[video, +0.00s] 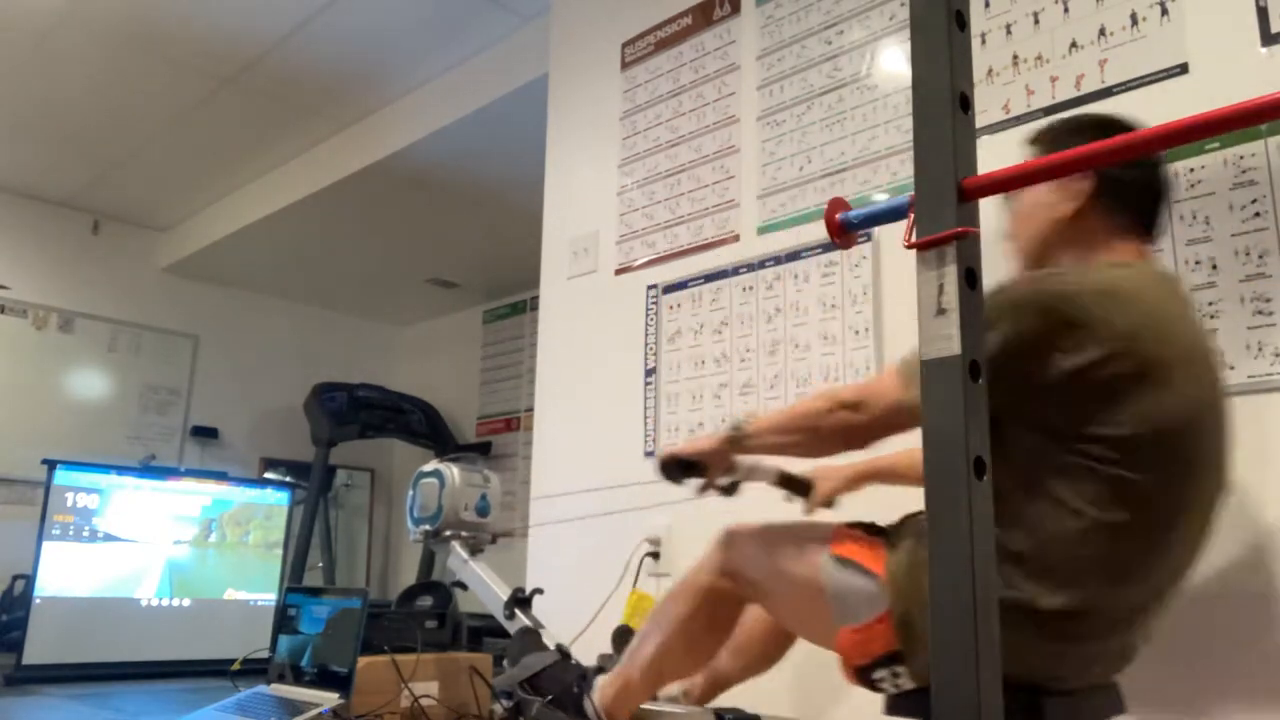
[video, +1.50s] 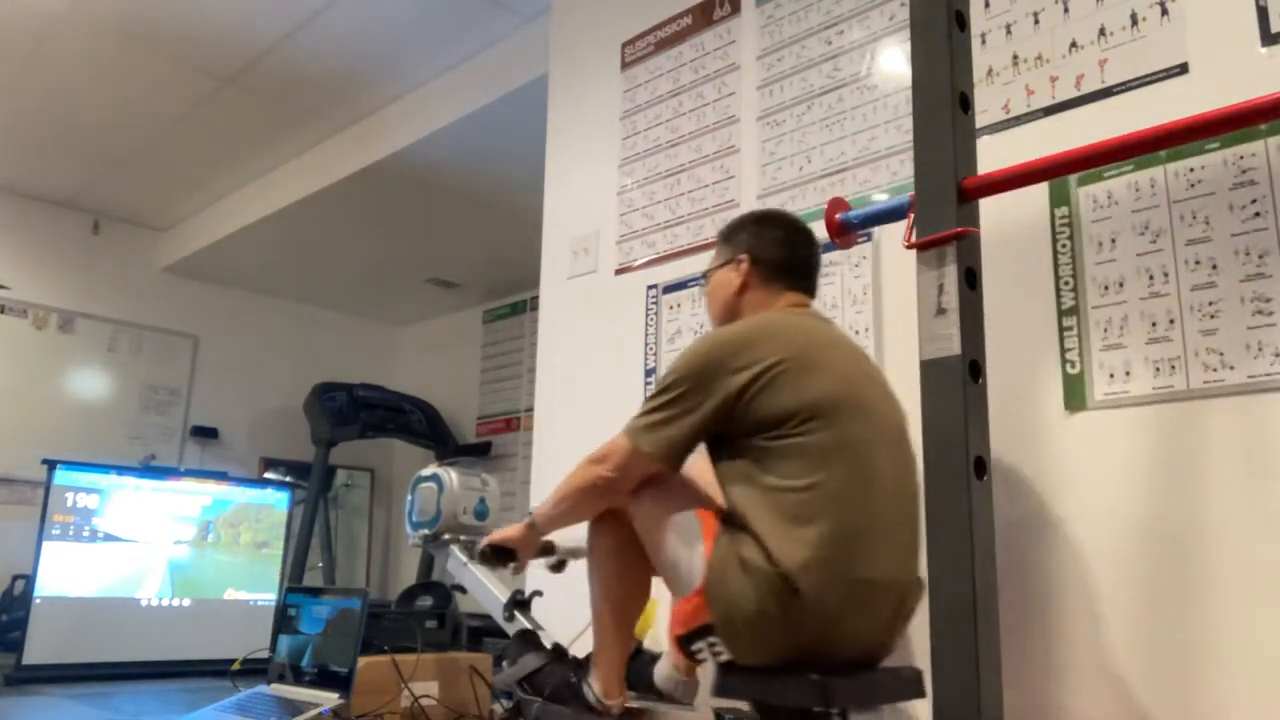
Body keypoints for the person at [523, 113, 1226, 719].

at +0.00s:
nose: (1013, 212)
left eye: (1028, 188)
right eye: (1018, 191)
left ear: (1079, 190)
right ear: (1114, 199)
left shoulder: (1063, 305)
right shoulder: (1162, 310)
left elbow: (864, 407)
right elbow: (995, 461)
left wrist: (732, 442)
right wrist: (853, 473)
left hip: (993, 631)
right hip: (1072, 633)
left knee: (733, 553)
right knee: (808, 565)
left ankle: (616, 697)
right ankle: (697, 688)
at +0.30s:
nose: (1181, 240)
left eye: (1196, 212)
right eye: (1185, 216)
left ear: (1267, 215)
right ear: (1262, 219)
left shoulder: (1262, 333)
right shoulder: (1252, 336)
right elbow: (1200, 545)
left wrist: (1035, 491)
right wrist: (1047, 492)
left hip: (1065, 615)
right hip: (1096, 623)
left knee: (787, 625)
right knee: (832, 633)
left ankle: (605, 705)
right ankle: (672, 706)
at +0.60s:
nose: (1155, 249)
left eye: (1169, 219)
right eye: (1157, 225)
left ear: (1246, 214)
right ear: (1246, 219)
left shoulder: (1250, 339)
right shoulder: (1251, 335)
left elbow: (1182, 575)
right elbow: (1194, 562)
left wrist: (1009, 519)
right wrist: (1017, 521)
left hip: (1071, 627)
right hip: (1097, 631)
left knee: (784, 620)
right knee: (826, 637)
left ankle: (606, 702)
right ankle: (667, 707)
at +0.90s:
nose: (1029, 233)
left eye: (1039, 204)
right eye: (1029, 210)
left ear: (1103, 192)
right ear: (1126, 197)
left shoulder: (1116, 306)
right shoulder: (1199, 302)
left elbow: (976, 473)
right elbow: (1040, 491)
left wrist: (821, 489)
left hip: (1057, 628)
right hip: (1123, 631)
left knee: (768, 598)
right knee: (832, 608)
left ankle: (607, 710)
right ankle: (679, 709)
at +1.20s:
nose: (846, 256)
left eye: (853, 235)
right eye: (846, 237)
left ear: (907, 232)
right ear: (933, 234)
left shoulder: (898, 318)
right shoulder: (1005, 316)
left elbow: (750, 456)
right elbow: (923, 486)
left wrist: (650, 509)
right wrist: (825, 528)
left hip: (944, 627)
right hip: (1031, 627)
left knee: (708, 538)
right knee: (783, 546)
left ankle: (609, 704)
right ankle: (690, 692)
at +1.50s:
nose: (705, 296)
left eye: (709, 276)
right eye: (705, 279)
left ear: (741, 270)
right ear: (802, 281)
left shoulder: (735, 347)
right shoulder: (845, 352)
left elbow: (613, 470)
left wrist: (532, 528)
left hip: (780, 629)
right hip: (870, 633)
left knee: (623, 488)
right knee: (701, 473)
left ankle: (604, 688)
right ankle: (681, 669)